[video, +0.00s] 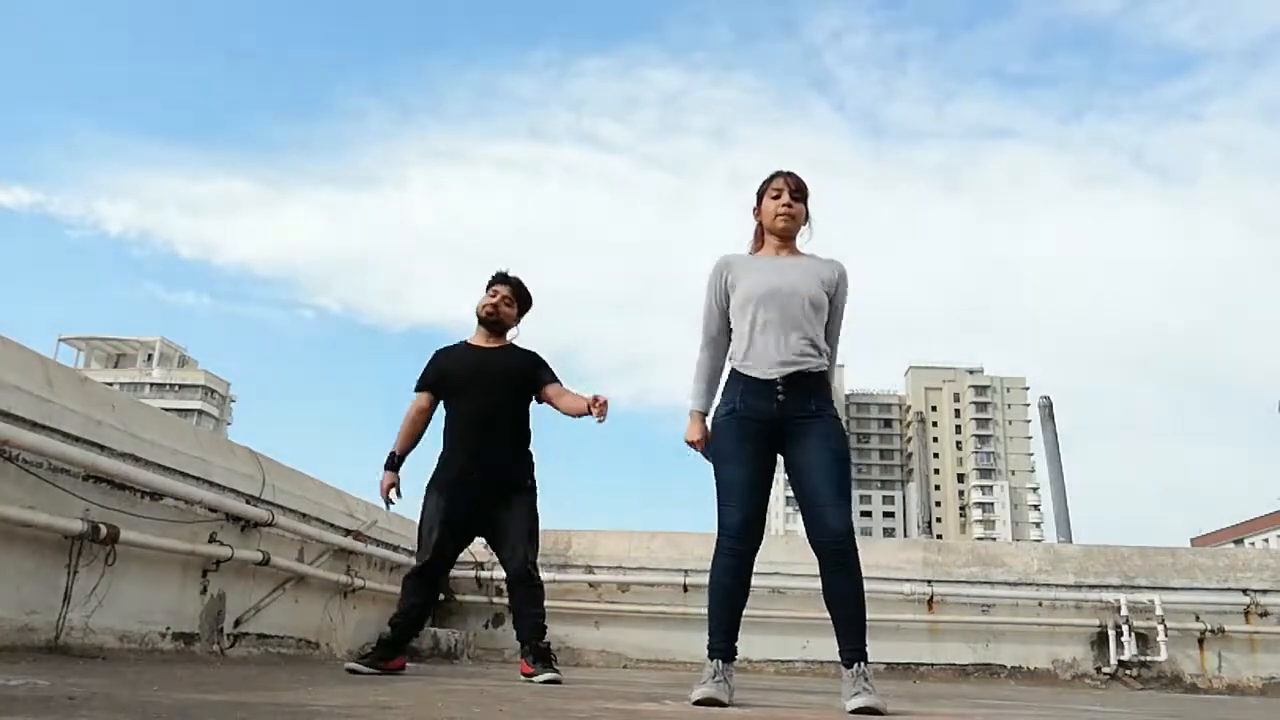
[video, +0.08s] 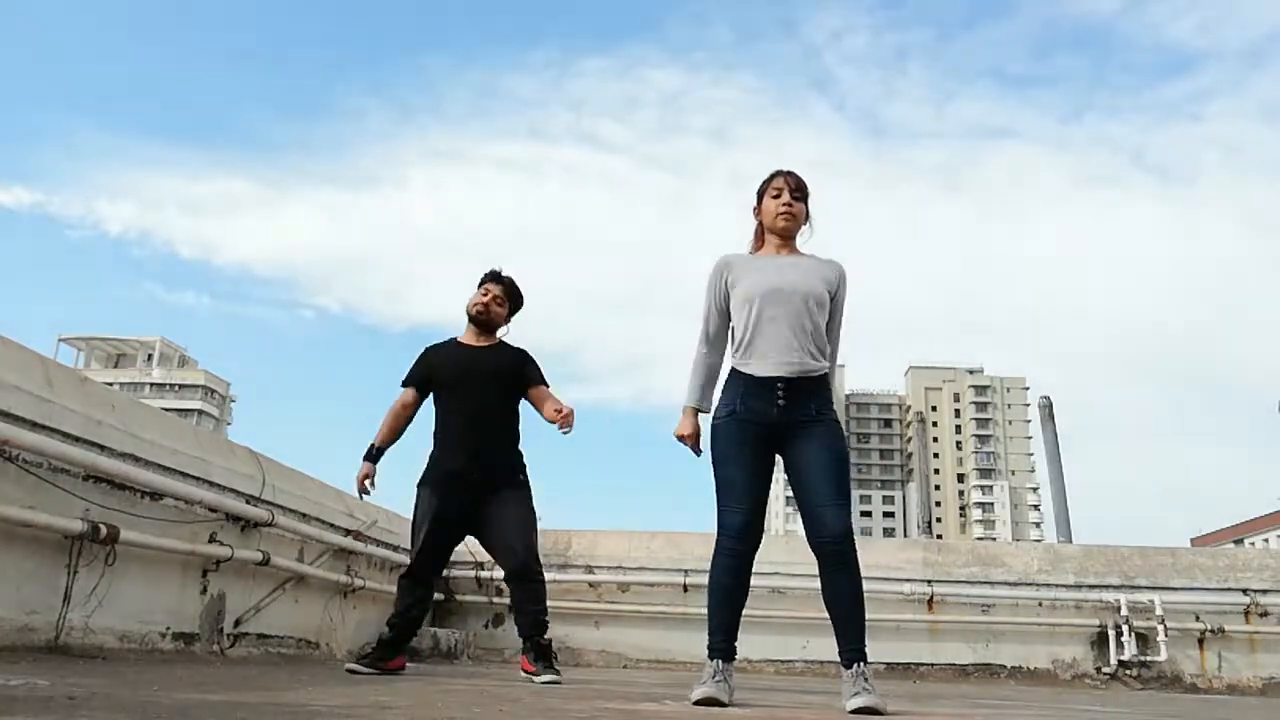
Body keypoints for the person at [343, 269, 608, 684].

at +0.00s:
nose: (495, 301)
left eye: (507, 300)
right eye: (492, 294)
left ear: (517, 318)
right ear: (479, 303)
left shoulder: (528, 363)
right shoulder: (447, 358)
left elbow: (558, 395)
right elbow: (420, 411)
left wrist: (587, 404)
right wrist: (393, 463)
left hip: (511, 486)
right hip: (454, 481)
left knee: (523, 568)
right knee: (428, 563)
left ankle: (535, 653)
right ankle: (392, 647)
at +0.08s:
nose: (487, 300)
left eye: (498, 300)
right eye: (484, 292)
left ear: (507, 318)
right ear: (470, 300)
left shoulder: (517, 360)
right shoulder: (436, 356)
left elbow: (543, 398)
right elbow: (404, 405)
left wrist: (559, 412)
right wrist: (372, 456)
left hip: (503, 484)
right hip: (445, 480)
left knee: (524, 564)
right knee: (421, 566)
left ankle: (537, 652)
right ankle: (392, 649)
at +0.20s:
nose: (479, 302)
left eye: (490, 302)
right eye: (475, 295)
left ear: (500, 317)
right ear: (463, 301)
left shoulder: (513, 360)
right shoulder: (431, 358)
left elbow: (535, 409)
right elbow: (396, 406)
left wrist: (530, 442)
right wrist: (360, 453)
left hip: (498, 482)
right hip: (439, 481)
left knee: (528, 559)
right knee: (417, 564)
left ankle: (541, 648)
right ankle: (391, 648)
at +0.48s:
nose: (487, 304)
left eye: (497, 302)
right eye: (482, 297)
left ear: (506, 316)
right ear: (468, 303)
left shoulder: (522, 352)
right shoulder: (441, 363)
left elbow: (545, 402)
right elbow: (423, 411)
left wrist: (524, 448)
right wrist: (411, 443)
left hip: (497, 480)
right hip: (441, 479)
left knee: (511, 569)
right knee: (418, 563)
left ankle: (535, 654)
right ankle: (392, 647)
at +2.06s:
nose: (476, 301)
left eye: (486, 297)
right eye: (470, 294)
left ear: (497, 310)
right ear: (457, 301)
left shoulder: (508, 361)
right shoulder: (428, 352)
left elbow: (528, 404)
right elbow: (395, 397)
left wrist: (530, 427)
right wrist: (402, 407)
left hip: (489, 475)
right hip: (431, 471)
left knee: (509, 563)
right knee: (402, 558)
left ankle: (530, 651)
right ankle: (373, 648)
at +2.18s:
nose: (469, 301)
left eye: (479, 297)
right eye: (463, 293)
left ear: (489, 310)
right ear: (449, 301)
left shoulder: (498, 355)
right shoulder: (426, 352)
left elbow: (531, 393)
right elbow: (374, 382)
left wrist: (560, 375)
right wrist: (360, 341)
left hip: (485, 472)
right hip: (429, 470)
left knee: (504, 530)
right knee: (402, 557)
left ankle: (476, 566)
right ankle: (372, 649)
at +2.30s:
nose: (471, 300)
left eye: (481, 296)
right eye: (465, 292)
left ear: (491, 309)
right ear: (450, 301)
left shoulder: (500, 355)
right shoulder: (426, 351)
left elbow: (539, 388)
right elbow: (372, 375)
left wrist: (563, 361)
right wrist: (366, 330)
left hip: (486, 469)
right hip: (430, 469)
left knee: (502, 523)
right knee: (398, 558)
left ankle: (466, 535)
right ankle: (372, 650)